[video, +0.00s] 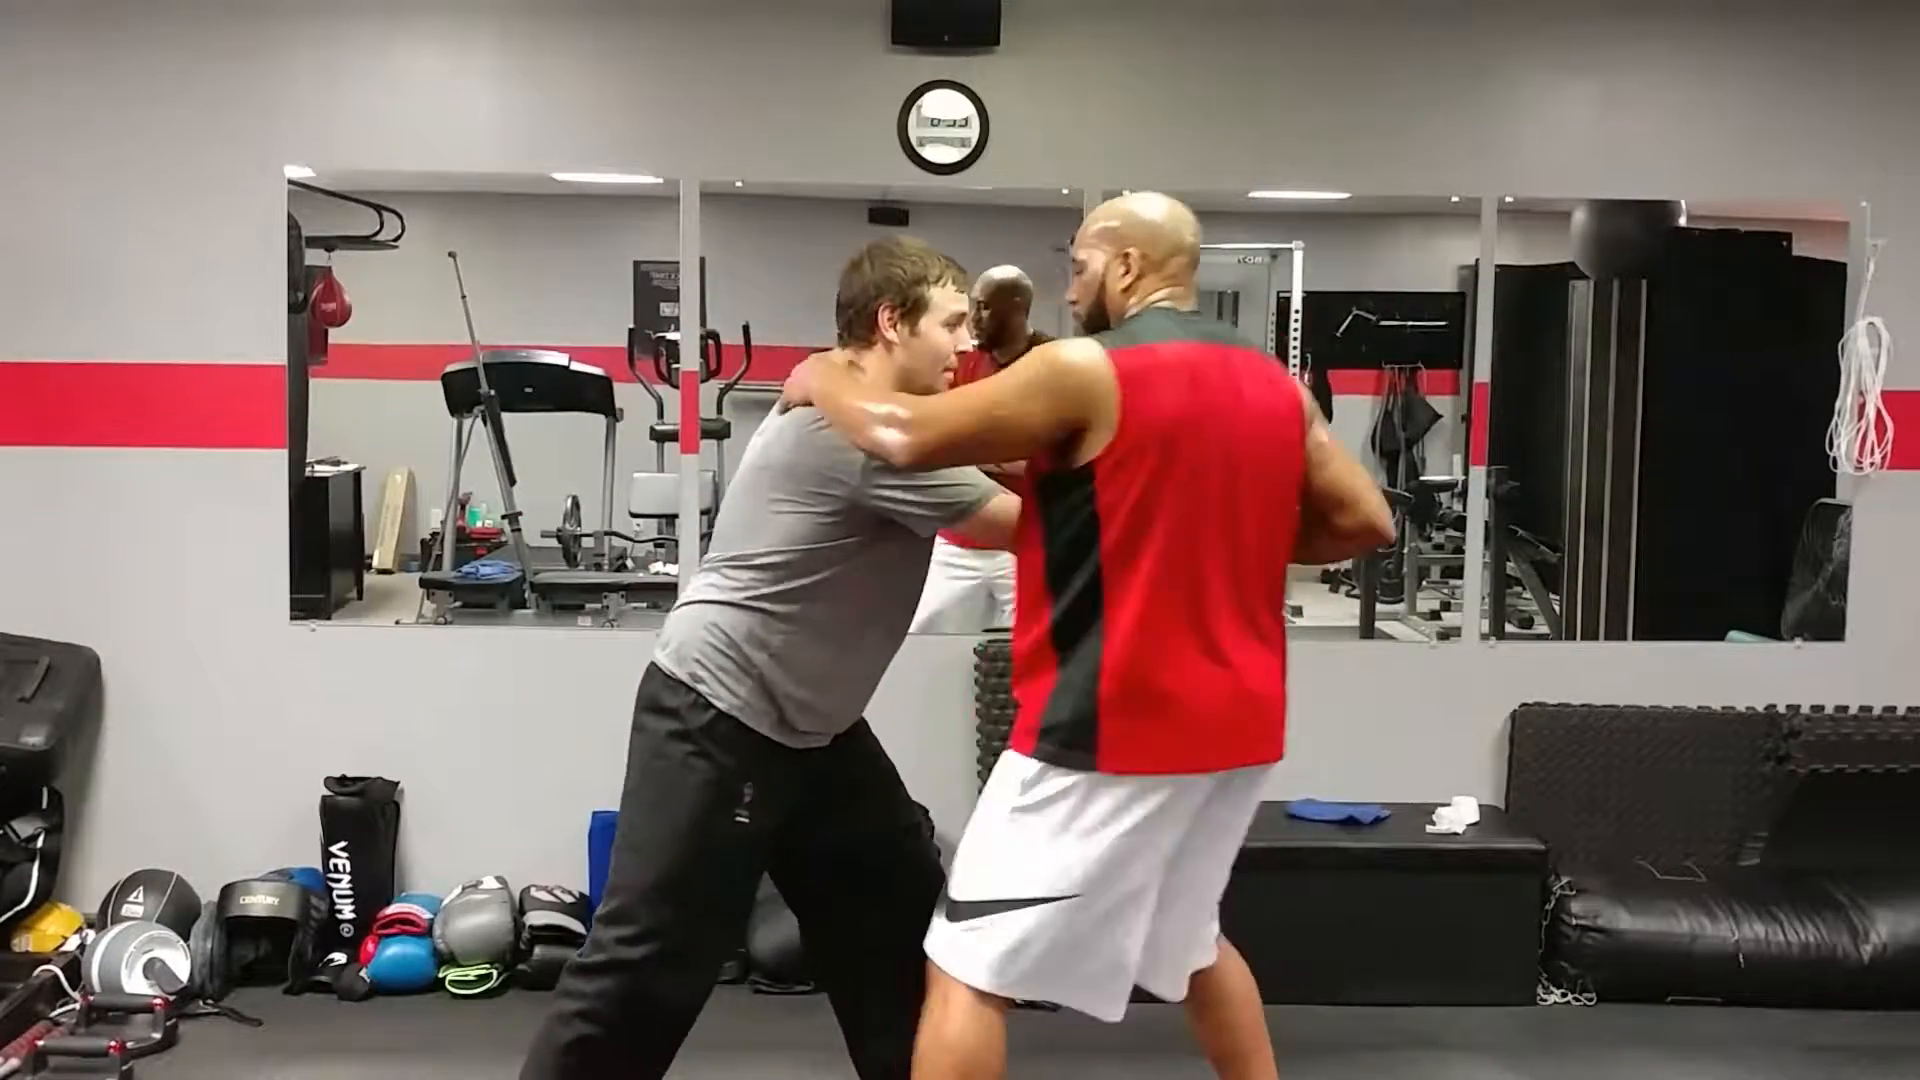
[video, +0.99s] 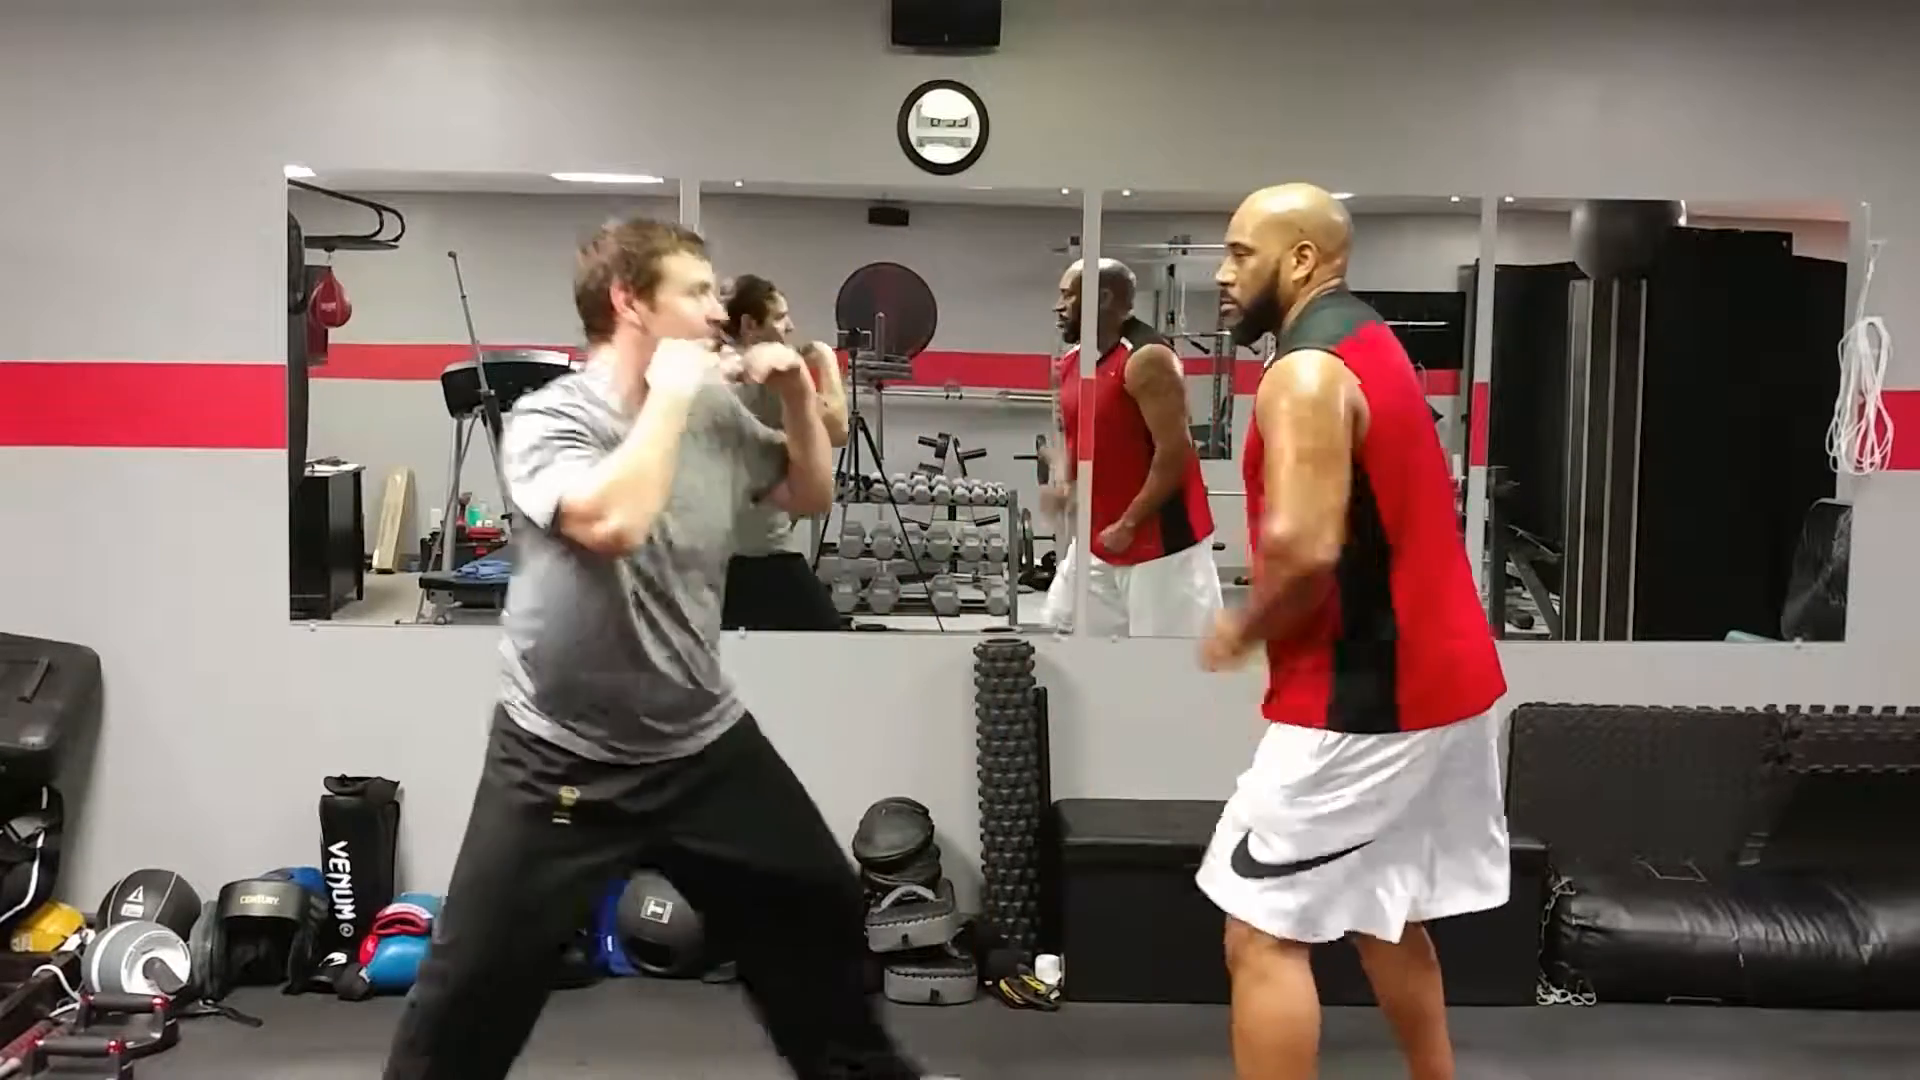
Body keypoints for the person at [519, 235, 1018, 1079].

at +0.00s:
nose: (968, 347)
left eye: (969, 328)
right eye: (953, 323)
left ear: (886, 328)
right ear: (887, 325)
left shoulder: (883, 424)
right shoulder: (854, 431)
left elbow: (1019, 497)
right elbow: (1024, 524)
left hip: (815, 730)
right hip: (711, 714)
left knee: (897, 939)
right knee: (642, 971)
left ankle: (911, 1073)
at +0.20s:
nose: (954, 335)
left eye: (953, 315)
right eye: (936, 313)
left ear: (871, 324)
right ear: (868, 322)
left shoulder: (889, 425)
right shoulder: (829, 426)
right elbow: (937, 583)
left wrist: (953, 488)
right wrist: (1085, 572)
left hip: (806, 721)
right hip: (698, 710)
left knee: (894, 908)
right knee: (624, 953)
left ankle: (926, 1067)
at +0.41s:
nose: (850, 325)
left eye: (848, 305)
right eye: (828, 305)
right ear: (761, 319)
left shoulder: (810, 420)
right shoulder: (685, 424)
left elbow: (826, 554)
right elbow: (697, 605)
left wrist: (882, 483)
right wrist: (847, 581)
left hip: (761, 754)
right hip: (635, 747)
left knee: (870, 958)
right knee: (524, 987)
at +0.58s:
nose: (737, 300)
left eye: (735, 279)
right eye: (714, 277)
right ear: (643, 288)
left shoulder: (712, 402)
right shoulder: (557, 392)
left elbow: (792, 499)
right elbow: (608, 533)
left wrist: (802, 401)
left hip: (678, 732)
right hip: (543, 719)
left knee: (785, 965)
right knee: (470, 987)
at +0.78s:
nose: (681, 269)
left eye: (682, 252)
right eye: (661, 250)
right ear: (590, 258)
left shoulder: (681, 371)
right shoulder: (502, 365)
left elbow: (787, 439)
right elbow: (573, 460)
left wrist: (739, 326)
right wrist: (637, 323)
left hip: (669, 715)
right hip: (522, 712)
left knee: (726, 970)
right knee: (456, 983)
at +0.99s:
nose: (718, 314)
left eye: (715, 295)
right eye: (698, 294)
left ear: (648, 309)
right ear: (629, 303)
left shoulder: (715, 414)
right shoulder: (545, 422)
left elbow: (810, 490)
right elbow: (609, 525)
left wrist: (798, 389)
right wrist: (675, 393)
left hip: (706, 752)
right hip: (554, 762)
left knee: (820, 916)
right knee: (465, 991)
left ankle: (852, 1064)